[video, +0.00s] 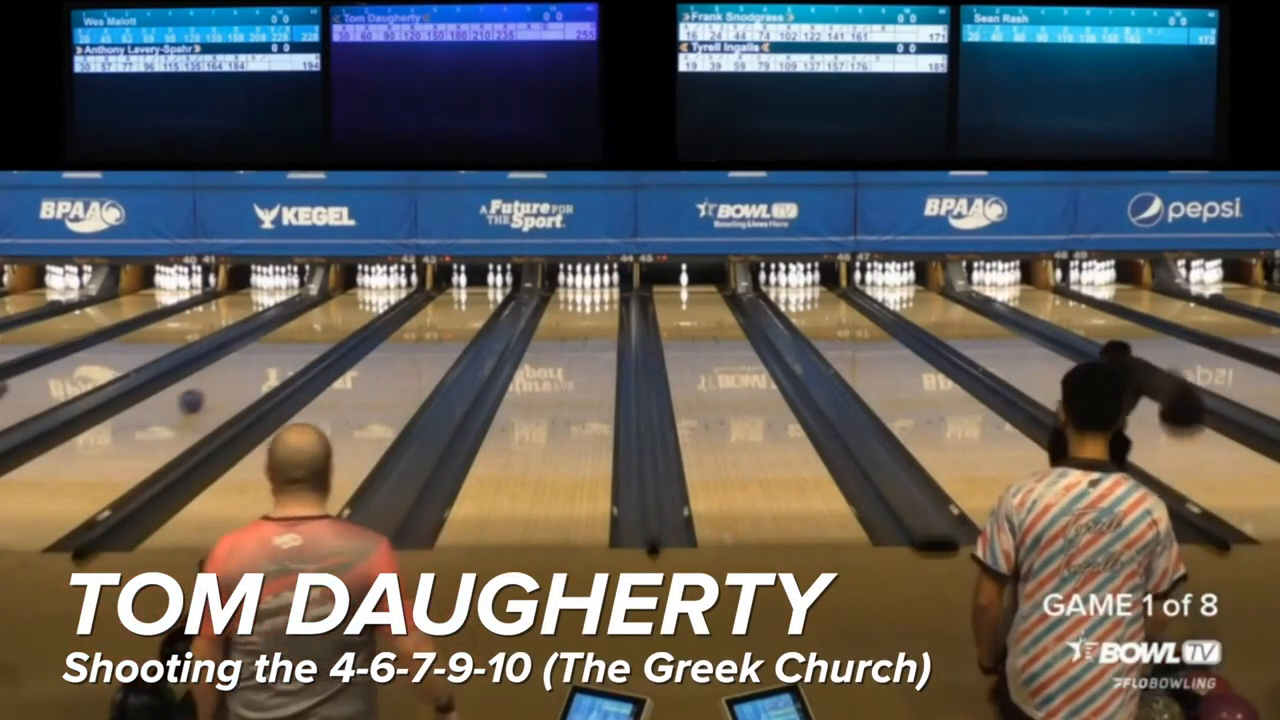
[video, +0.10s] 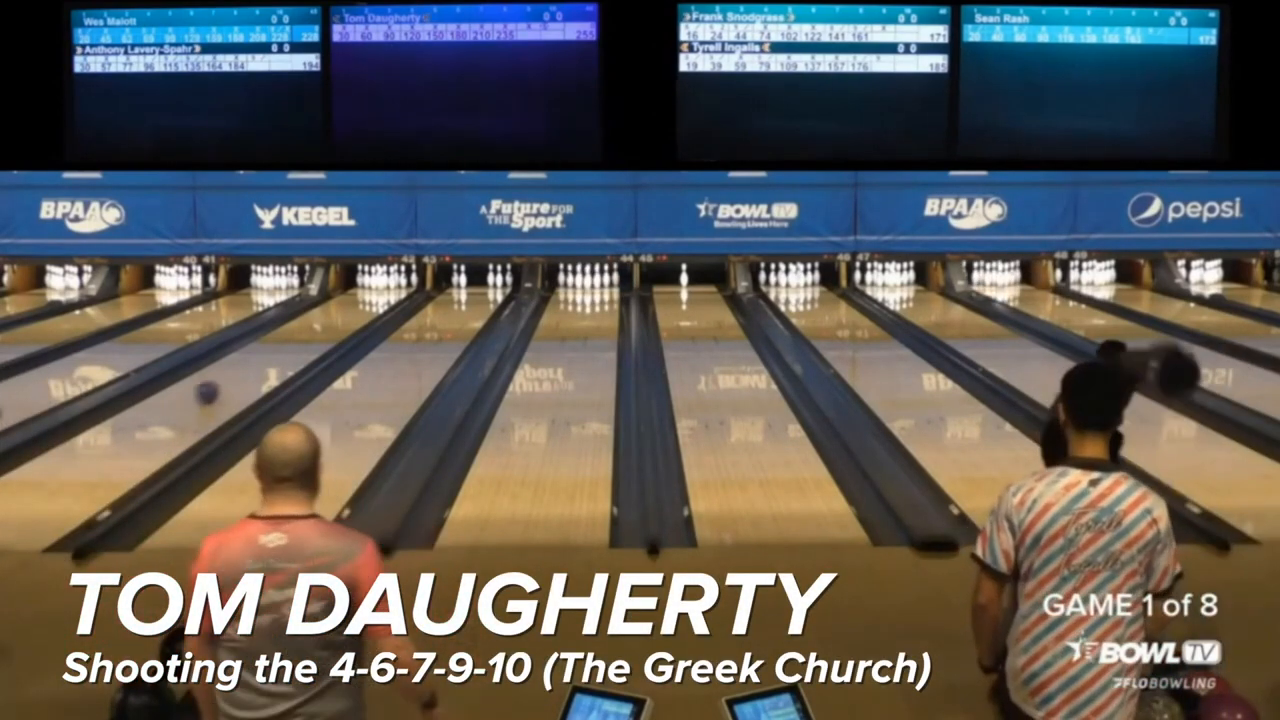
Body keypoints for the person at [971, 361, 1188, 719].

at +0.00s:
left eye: (1061, 405)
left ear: (1063, 413)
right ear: (1122, 419)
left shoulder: (1024, 497)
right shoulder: (1149, 508)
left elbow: (987, 600)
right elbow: (1160, 607)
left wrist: (990, 662)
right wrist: (1141, 650)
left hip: (1033, 686)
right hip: (1112, 692)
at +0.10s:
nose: (1056, 409)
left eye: (1058, 403)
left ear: (1062, 411)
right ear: (1120, 417)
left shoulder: (1023, 497)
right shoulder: (1150, 507)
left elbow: (986, 599)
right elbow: (1159, 599)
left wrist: (990, 661)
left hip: (1033, 686)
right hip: (1112, 692)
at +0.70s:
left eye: (1058, 404)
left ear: (1062, 413)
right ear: (1118, 416)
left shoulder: (1023, 493)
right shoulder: (1152, 506)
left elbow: (986, 597)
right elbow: (1160, 609)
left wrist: (987, 663)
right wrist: (1139, 672)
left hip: (1032, 686)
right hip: (1110, 692)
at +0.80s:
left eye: (1059, 408)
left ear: (1061, 414)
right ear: (1117, 419)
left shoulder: (1022, 498)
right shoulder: (1147, 511)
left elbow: (984, 601)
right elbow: (1156, 611)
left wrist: (986, 665)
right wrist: (1138, 670)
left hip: (1030, 683)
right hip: (1108, 691)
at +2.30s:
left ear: (1070, 415)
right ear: (1127, 421)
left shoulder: (1032, 497)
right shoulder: (1153, 514)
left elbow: (991, 601)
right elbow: (1154, 615)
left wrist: (987, 665)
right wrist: (1137, 673)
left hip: (1032, 686)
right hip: (1109, 696)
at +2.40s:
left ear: (1070, 415)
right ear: (1126, 423)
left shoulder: (1031, 497)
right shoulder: (1152, 514)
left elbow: (991, 600)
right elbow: (1154, 614)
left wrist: (988, 667)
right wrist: (1137, 673)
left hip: (1032, 685)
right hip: (1109, 694)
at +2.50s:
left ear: (1069, 416)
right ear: (1125, 423)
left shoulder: (1029, 497)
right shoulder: (1151, 514)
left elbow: (992, 601)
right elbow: (1153, 616)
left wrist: (988, 669)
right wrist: (1137, 675)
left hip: (1032, 687)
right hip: (1108, 694)